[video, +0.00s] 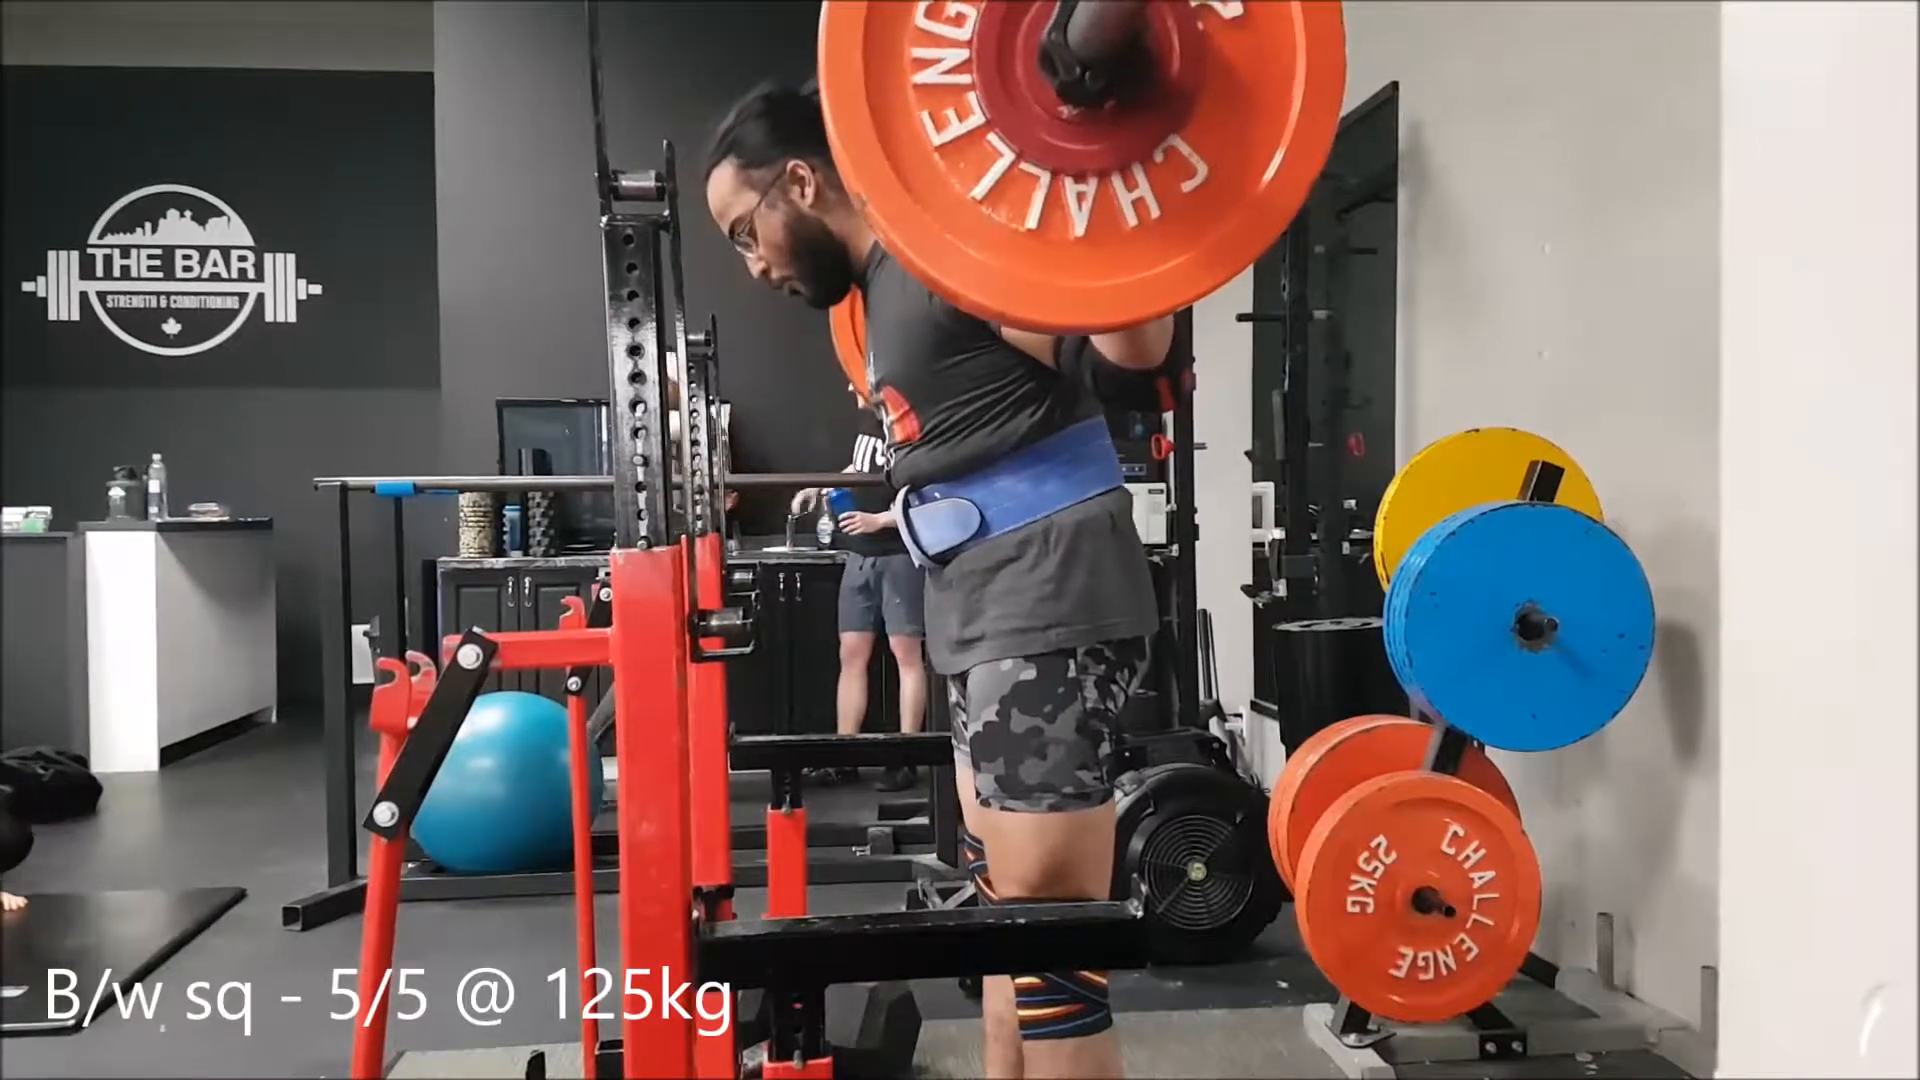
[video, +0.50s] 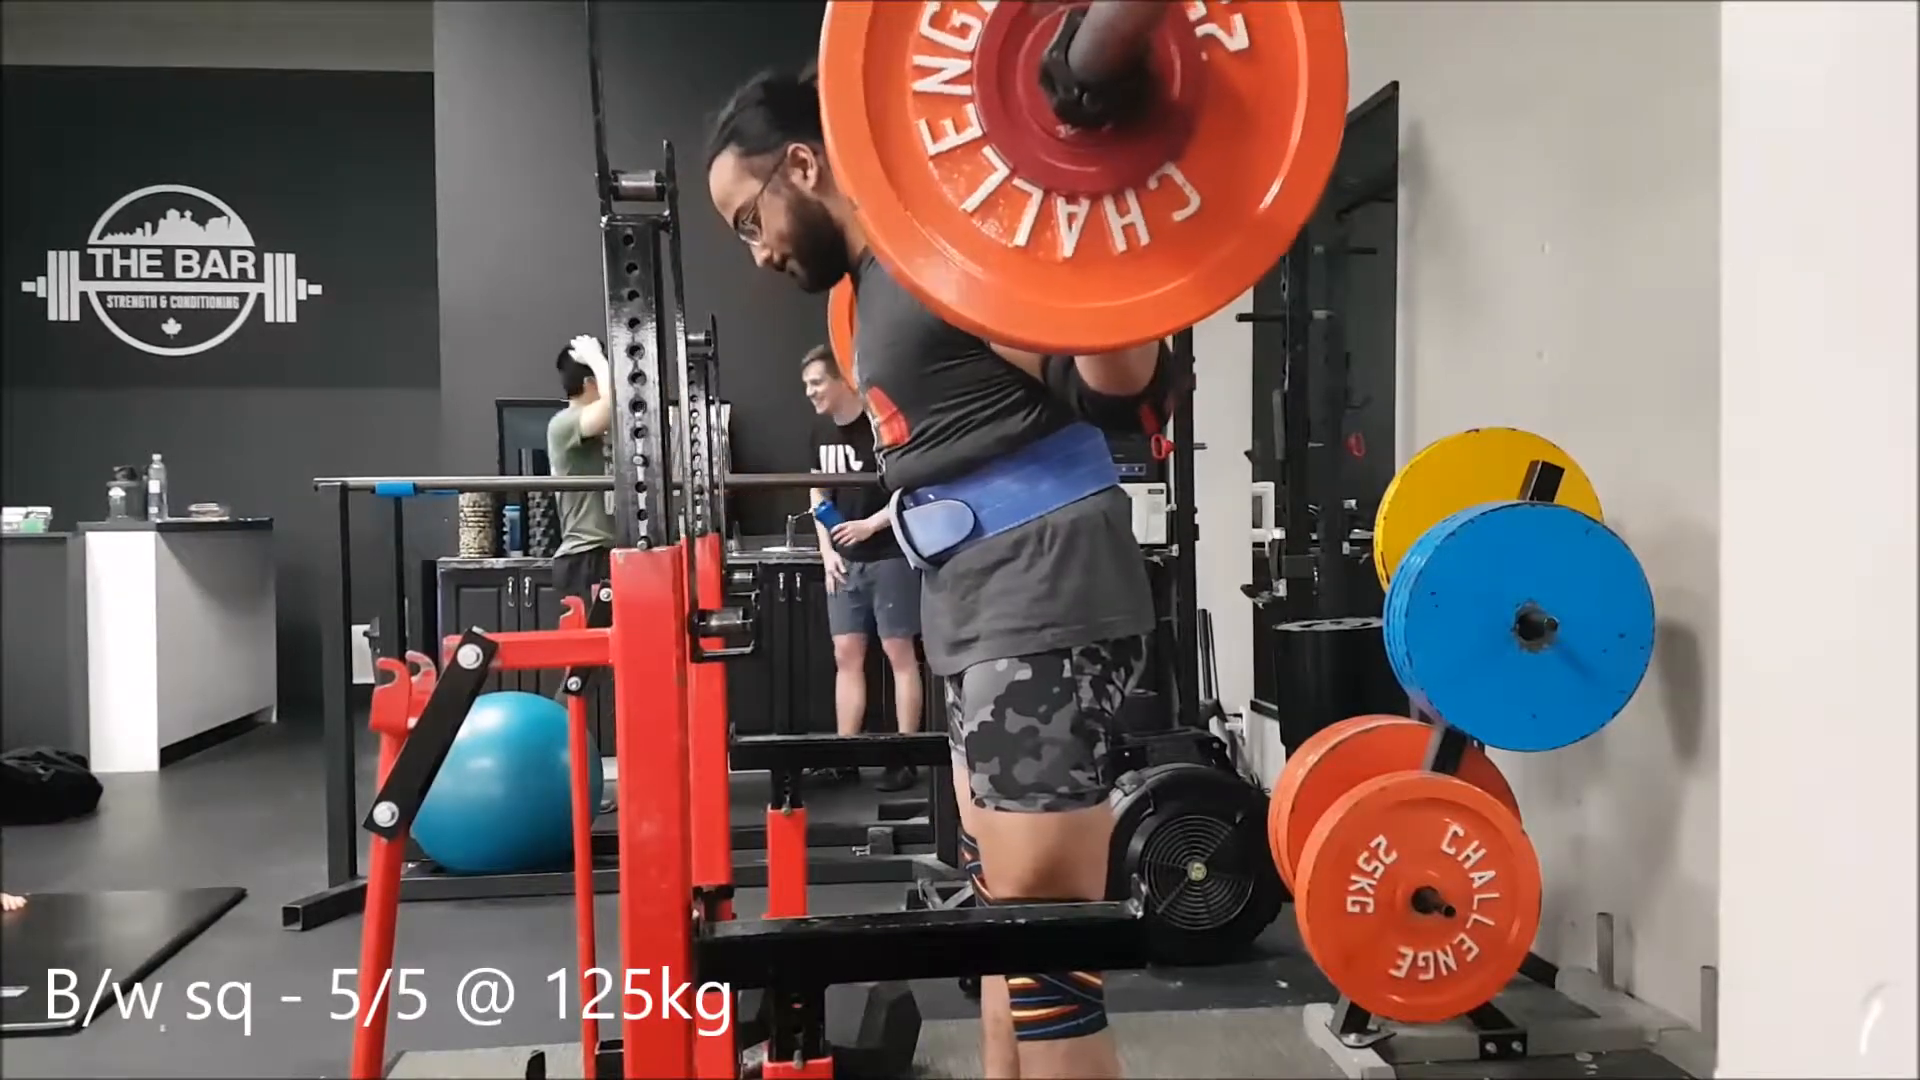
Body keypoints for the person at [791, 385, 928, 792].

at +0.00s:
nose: (852, 386)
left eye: (861, 377)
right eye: (853, 377)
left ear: (887, 385)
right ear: (867, 391)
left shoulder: (918, 434)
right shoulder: (869, 430)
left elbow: (926, 500)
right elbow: (852, 477)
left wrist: (881, 519)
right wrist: (819, 489)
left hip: (901, 555)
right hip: (860, 553)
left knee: (906, 652)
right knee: (852, 651)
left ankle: (906, 757)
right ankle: (843, 754)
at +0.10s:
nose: (851, 389)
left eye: (858, 380)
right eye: (851, 381)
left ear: (883, 385)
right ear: (861, 391)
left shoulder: (913, 435)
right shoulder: (863, 434)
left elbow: (922, 501)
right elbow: (858, 489)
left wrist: (873, 517)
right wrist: (833, 504)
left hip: (900, 554)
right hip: (859, 552)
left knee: (906, 653)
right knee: (852, 652)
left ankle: (906, 757)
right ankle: (843, 754)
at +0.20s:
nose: (845, 393)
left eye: (850, 384)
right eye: (842, 386)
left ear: (874, 384)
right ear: (848, 390)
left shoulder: (909, 436)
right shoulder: (855, 440)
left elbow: (923, 499)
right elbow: (841, 488)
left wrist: (873, 517)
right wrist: (810, 498)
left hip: (899, 556)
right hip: (857, 558)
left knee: (907, 653)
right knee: (851, 653)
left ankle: (907, 755)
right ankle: (843, 754)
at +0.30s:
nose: (837, 394)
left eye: (843, 385)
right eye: (833, 387)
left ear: (868, 386)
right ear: (836, 392)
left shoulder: (901, 432)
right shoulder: (842, 437)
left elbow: (921, 498)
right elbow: (824, 484)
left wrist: (872, 521)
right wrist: (803, 524)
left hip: (899, 556)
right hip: (857, 558)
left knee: (906, 652)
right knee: (850, 652)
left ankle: (907, 756)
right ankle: (844, 755)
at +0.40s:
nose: (824, 395)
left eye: (830, 386)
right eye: (821, 387)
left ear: (856, 384)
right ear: (825, 391)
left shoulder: (895, 432)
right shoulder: (834, 437)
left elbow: (919, 496)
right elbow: (818, 494)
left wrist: (873, 524)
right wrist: (815, 543)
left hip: (898, 560)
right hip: (852, 562)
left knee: (905, 653)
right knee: (849, 652)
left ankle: (907, 754)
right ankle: (845, 753)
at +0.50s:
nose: (811, 392)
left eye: (818, 383)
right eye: (807, 386)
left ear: (846, 380)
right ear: (811, 389)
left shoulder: (888, 427)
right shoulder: (823, 434)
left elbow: (915, 490)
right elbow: (819, 499)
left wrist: (872, 523)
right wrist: (827, 552)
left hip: (890, 556)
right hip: (844, 559)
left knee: (899, 652)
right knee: (846, 652)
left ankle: (905, 756)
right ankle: (845, 755)